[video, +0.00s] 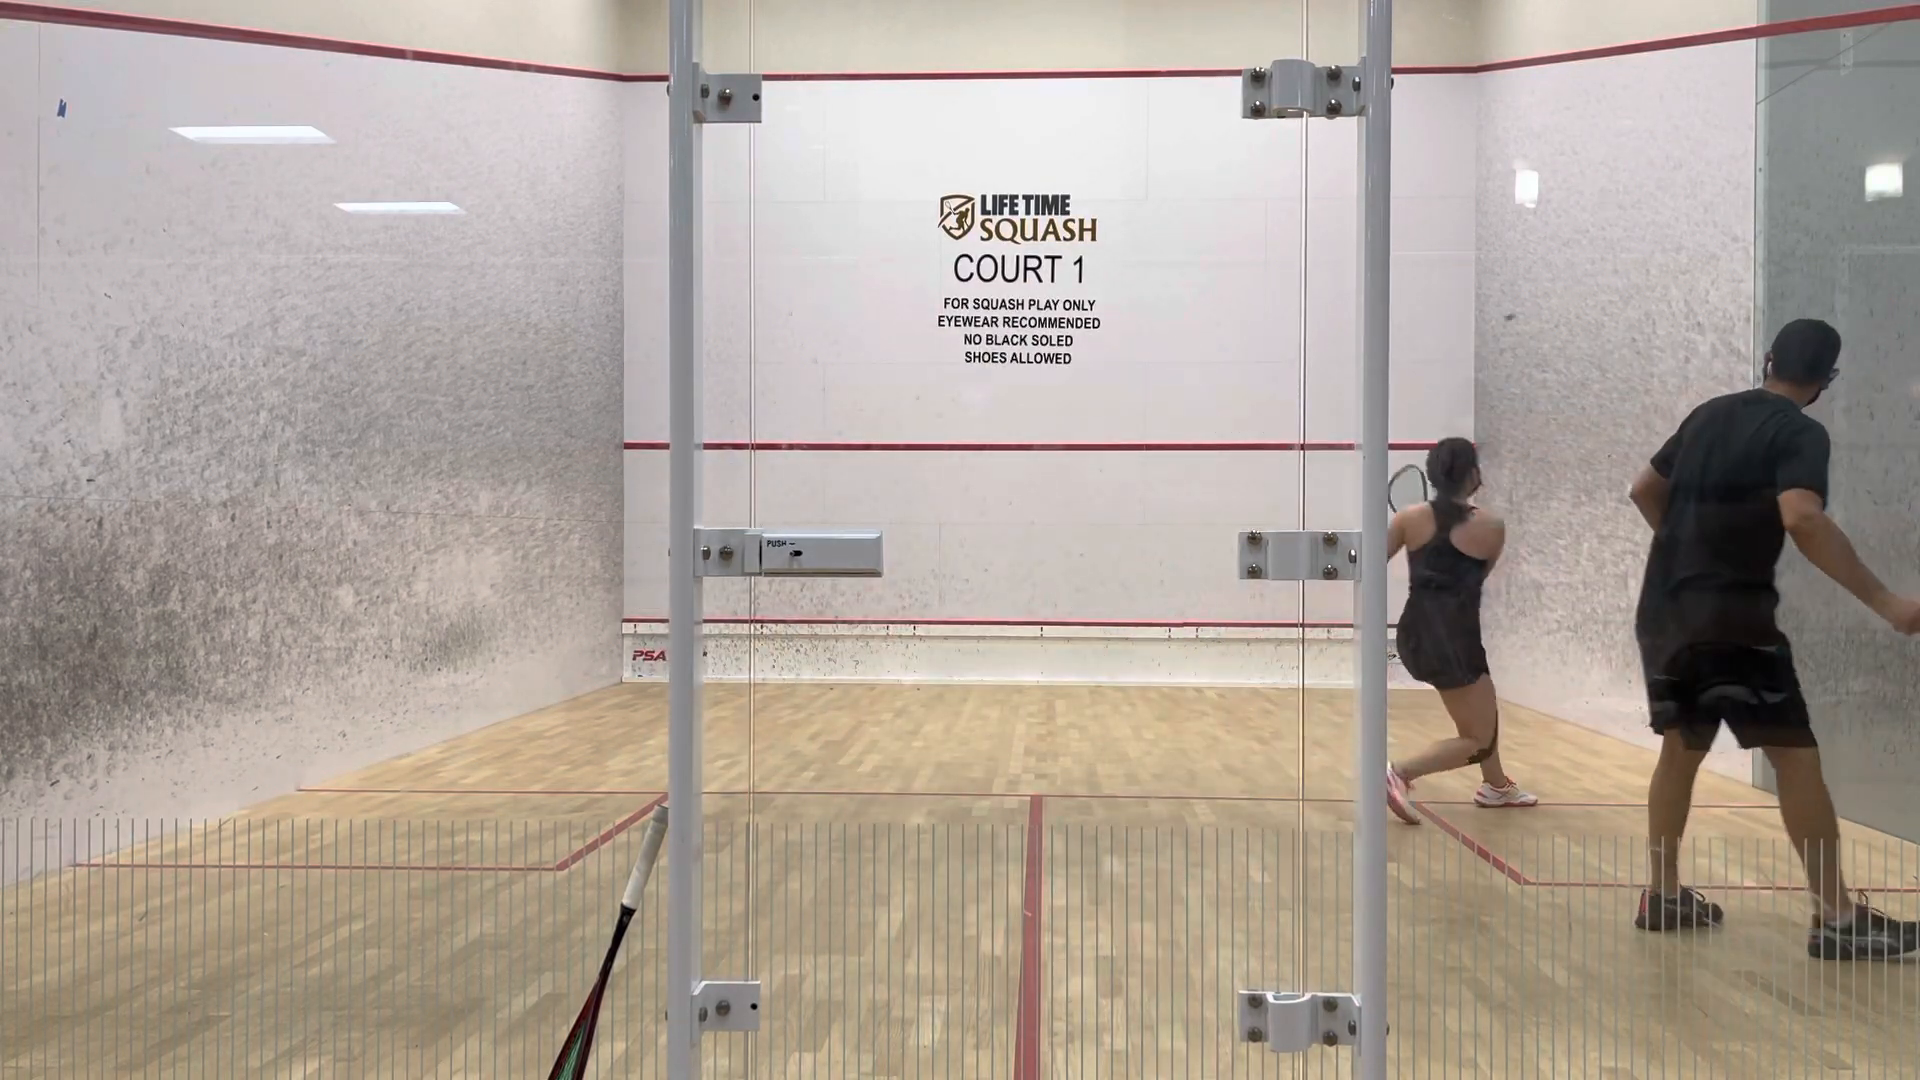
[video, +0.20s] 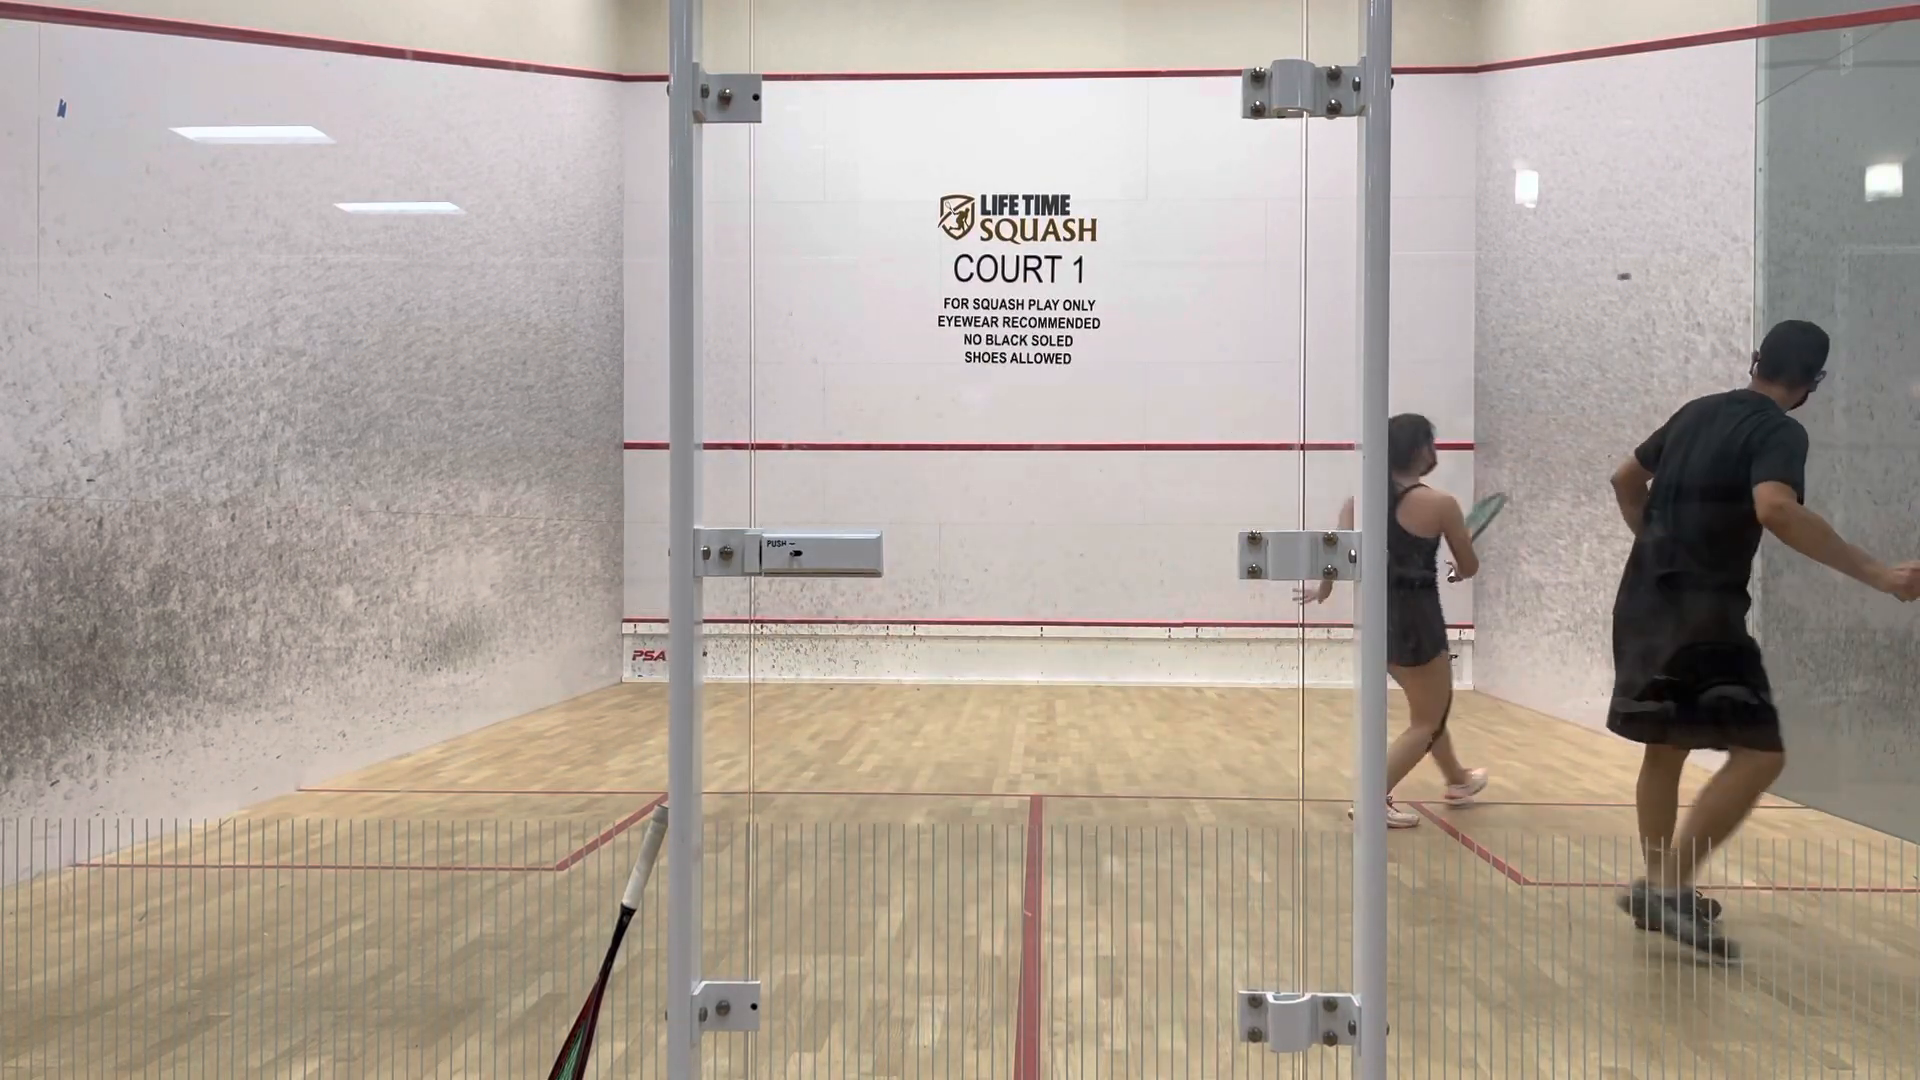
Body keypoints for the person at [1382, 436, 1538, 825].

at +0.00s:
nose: (1479, 473)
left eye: (1475, 467)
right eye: (1477, 468)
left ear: (1434, 474)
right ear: (1473, 476)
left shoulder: (1411, 520)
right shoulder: (1490, 527)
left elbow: (1370, 560)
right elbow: (1480, 572)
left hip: (1416, 636)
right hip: (1456, 641)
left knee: (1475, 700)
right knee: (1479, 742)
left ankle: (1496, 784)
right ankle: (1401, 773)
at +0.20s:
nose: (1435, 452)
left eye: (1433, 444)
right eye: (1432, 445)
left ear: (1386, 451)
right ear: (1420, 452)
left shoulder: (1360, 501)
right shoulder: (1440, 504)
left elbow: (1335, 552)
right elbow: (1467, 565)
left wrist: (1322, 590)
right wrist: (1460, 569)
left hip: (1375, 627)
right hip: (1417, 630)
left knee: (1431, 706)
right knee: (1426, 725)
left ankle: (1456, 778)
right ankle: (1374, 798)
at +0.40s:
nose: (1399, 436)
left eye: (1396, 428)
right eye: (1395, 430)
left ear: (1346, 433)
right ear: (1388, 437)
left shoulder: (1325, 483)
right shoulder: (1393, 487)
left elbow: (1296, 537)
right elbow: (1413, 555)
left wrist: (1327, 561)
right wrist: (1447, 572)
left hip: (1330, 605)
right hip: (1377, 606)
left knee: (1361, 689)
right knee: (1397, 707)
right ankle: (1372, 802)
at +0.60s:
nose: (1352, 441)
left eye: (1350, 433)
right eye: (1344, 434)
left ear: (1310, 442)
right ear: (1320, 440)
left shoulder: (1286, 489)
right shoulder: (1333, 493)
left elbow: (1263, 541)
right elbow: (1343, 559)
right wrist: (1391, 584)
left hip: (1278, 606)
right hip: (1321, 608)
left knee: (1265, 707)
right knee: (1363, 704)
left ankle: (1196, 772)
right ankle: (1370, 804)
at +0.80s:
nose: (1303, 453)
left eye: (1302, 445)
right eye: (1297, 446)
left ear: (1261, 452)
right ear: (1274, 452)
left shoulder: (1237, 492)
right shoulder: (1279, 503)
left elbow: (1229, 553)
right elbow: (1284, 575)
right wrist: (1330, 594)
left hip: (1215, 620)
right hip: (1254, 625)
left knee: (1211, 723)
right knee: (1314, 707)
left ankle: (1156, 808)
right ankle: (1350, 802)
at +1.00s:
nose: (1288, 439)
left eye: (1289, 432)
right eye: (1282, 432)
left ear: (1246, 437)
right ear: (1255, 435)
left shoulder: (1210, 474)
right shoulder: (1268, 487)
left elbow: (1179, 532)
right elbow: (1268, 557)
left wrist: (1215, 556)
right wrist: (1318, 575)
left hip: (1196, 605)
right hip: (1240, 610)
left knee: (1196, 713)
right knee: (1286, 705)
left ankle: (1155, 806)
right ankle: (1274, 801)